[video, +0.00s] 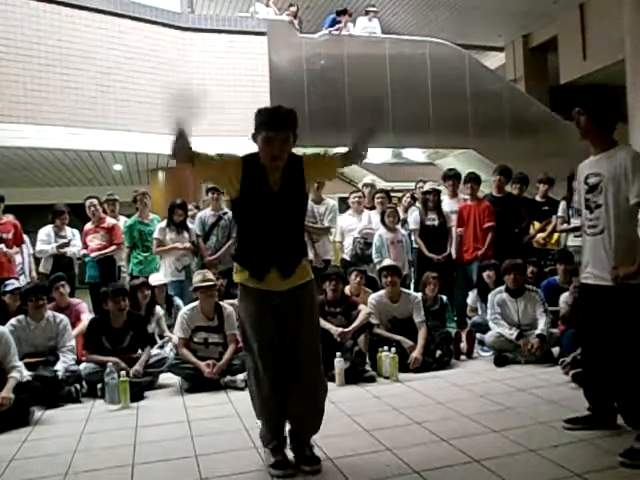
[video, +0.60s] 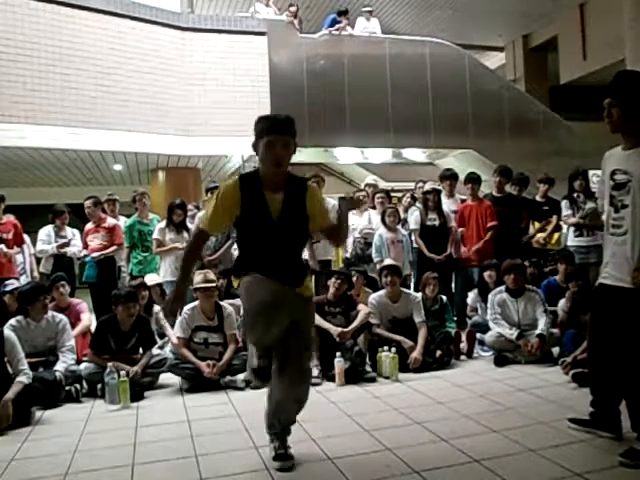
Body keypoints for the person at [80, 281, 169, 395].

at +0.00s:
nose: (122, 305)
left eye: (124, 300)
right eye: (116, 301)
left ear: (128, 301)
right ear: (106, 305)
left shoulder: (137, 320)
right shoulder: (96, 323)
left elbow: (148, 346)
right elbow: (88, 355)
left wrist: (140, 365)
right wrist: (115, 361)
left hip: (133, 362)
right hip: (107, 365)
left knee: (163, 357)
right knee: (86, 369)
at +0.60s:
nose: (131, 311)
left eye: (134, 307)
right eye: (126, 307)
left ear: (138, 307)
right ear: (115, 309)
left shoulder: (143, 322)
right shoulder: (104, 324)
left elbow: (149, 350)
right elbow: (92, 356)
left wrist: (139, 367)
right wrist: (119, 366)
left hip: (134, 363)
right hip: (109, 364)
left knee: (163, 358)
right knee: (85, 369)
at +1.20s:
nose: (131, 313)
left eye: (133, 308)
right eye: (125, 309)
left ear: (138, 309)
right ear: (114, 311)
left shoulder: (144, 324)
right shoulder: (104, 327)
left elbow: (153, 352)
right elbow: (94, 358)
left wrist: (142, 372)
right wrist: (119, 366)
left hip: (137, 364)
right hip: (112, 366)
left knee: (168, 360)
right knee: (89, 372)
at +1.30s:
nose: (130, 313)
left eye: (133, 309)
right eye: (125, 309)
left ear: (138, 309)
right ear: (114, 311)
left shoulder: (144, 324)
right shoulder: (104, 327)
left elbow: (153, 352)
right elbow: (93, 358)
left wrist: (141, 372)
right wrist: (119, 366)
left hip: (136, 364)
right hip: (111, 366)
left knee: (167, 360)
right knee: (89, 372)